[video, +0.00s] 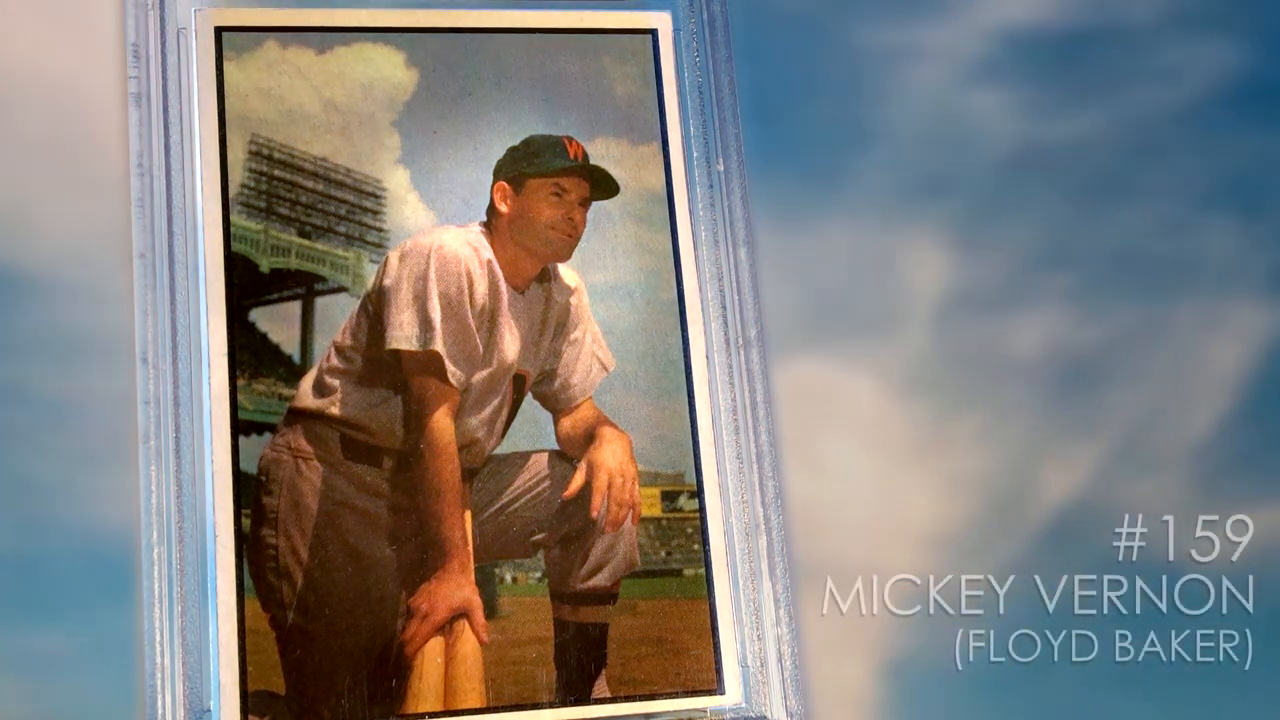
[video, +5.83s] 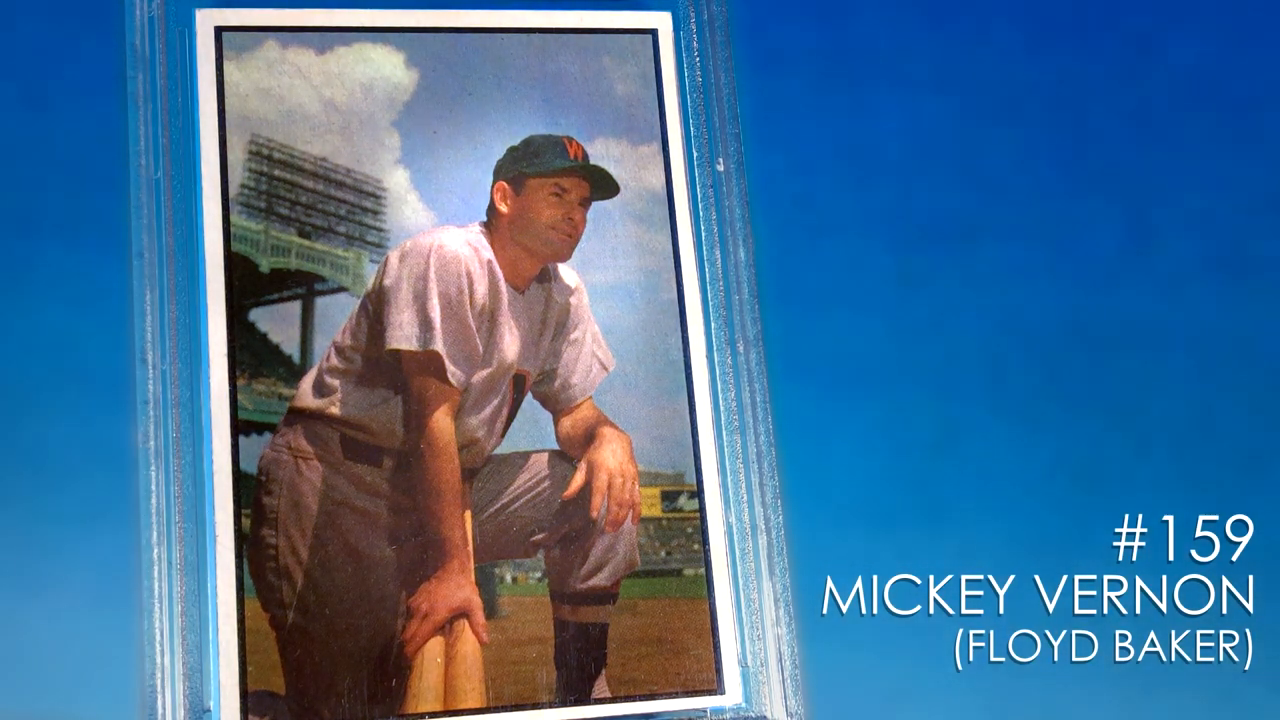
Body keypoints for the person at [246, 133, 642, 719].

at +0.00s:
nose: (576, 216)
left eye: (584, 204)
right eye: (557, 194)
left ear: (586, 218)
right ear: (504, 198)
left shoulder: (560, 294)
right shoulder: (441, 256)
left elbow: (574, 415)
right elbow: (433, 419)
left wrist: (609, 434)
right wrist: (454, 566)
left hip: (440, 486)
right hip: (334, 479)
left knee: (595, 487)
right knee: (347, 701)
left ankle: (580, 695)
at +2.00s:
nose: (577, 216)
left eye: (584, 204)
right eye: (558, 194)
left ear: (586, 218)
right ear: (505, 197)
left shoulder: (559, 295)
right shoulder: (443, 257)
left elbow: (574, 415)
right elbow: (432, 420)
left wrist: (609, 435)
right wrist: (454, 566)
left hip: (439, 486)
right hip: (335, 478)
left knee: (594, 487)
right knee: (347, 701)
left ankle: (581, 695)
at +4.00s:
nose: (576, 216)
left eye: (584, 204)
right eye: (558, 194)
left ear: (587, 217)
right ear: (505, 197)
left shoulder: (560, 296)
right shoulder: (443, 257)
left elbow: (575, 416)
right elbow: (431, 420)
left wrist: (609, 435)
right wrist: (454, 565)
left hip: (440, 487)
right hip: (334, 479)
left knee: (595, 487)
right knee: (351, 700)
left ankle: (580, 695)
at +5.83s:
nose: (576, 215)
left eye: (584, 204)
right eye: (557, 194)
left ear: (586, 217)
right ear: (505, 197)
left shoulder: (560, 296)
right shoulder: (441, 257)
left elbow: (575, 415)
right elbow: (431, 420)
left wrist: (609, 435)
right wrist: (454, 566)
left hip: (439, 487)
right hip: (334, 480)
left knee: (595, 488)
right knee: (348, 704)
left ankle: (580, 696)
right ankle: (238, 706)